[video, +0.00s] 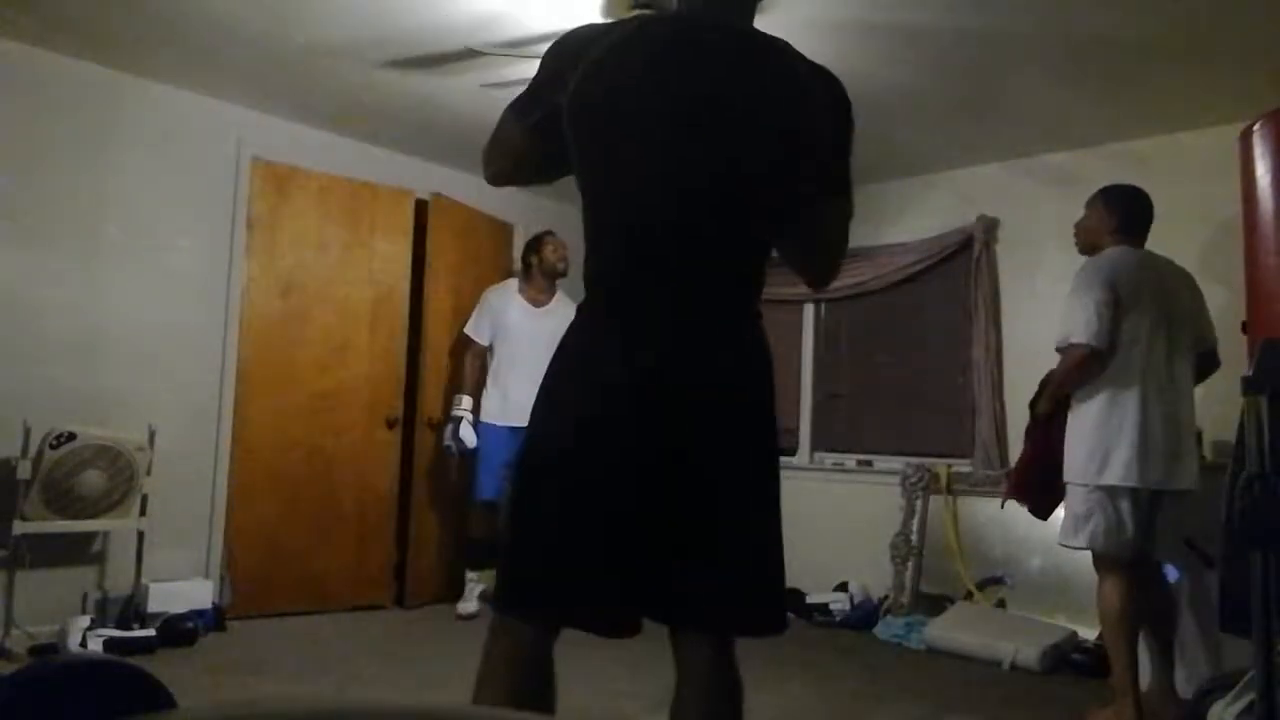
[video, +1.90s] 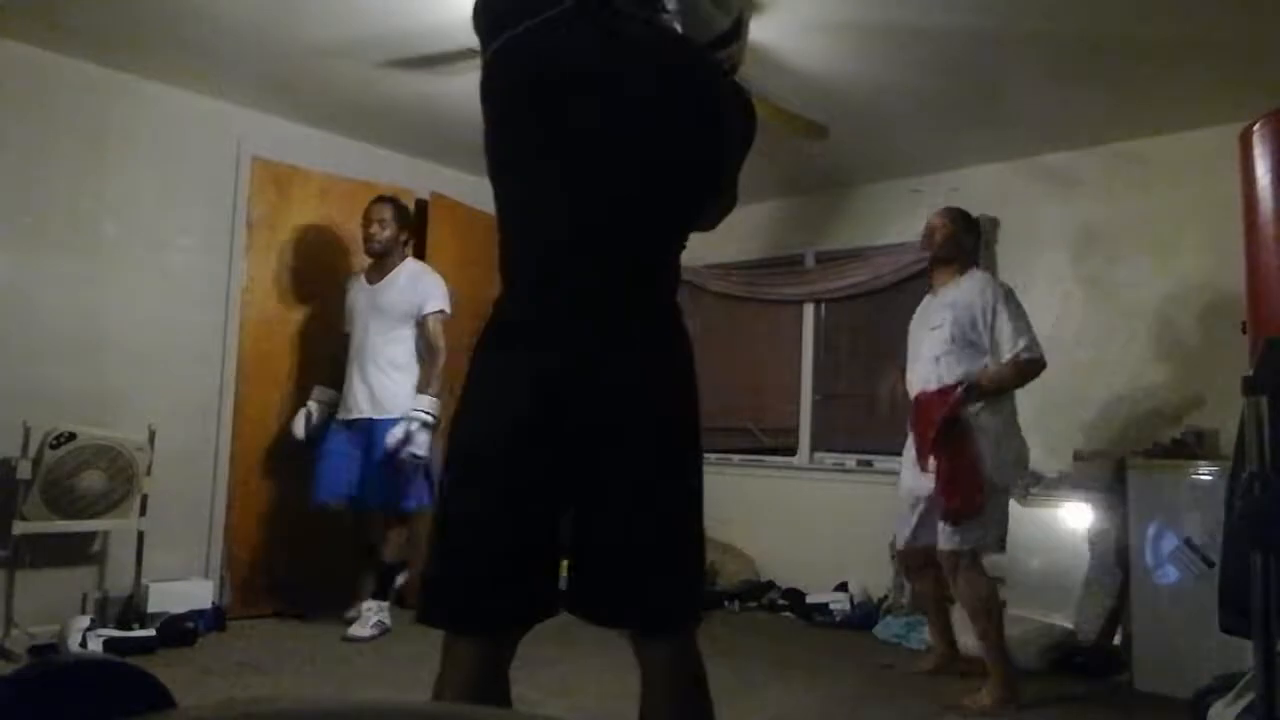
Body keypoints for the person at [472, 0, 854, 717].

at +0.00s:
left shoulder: (594, 54)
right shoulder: (808, 89)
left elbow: (504, 162)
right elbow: (819, 260)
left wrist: (607, 106)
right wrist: (754, 161)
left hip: (602, 363)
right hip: (723, 373)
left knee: (523, 620)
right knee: (705, 636)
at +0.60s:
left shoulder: (579, 39)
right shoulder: (787, 87)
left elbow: (491, 130)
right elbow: (802, 246)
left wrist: (545, 181)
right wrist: (720, 187)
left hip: (583, 353)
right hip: (706, 365)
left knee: (506, 624)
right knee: (703, 640)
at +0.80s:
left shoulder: (533, 38)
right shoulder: (747, 83)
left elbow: (442, 127)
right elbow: (792, 257)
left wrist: (460, 186)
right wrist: (708, 167)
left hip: (548, 357)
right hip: (673, 368)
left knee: (497, 642)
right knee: (689, 646)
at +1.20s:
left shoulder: (445, 30)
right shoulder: (664, 68)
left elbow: (362, 108)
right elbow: (743, 241)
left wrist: (467, 89)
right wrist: (686, 127)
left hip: (471, 363)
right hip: (599, 370)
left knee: (451, 645)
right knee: (639, 635)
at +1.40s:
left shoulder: (450, 36)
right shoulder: (658, 77)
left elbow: (394, 79)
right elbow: (711, 235)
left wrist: (441, 2)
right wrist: (677, 107)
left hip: (466, 365)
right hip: (592, 371)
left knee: (446, 644)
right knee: (633, 634)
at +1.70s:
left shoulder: (479, 58)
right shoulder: (676, 82)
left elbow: (455, 15)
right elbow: (682, 211)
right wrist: (688, 74)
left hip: (493, 362)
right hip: (614, 368)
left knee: (461, 640)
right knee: (650, 635)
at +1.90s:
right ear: (656, 2)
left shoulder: (512, 62)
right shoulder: (708, 92)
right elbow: (709, 208)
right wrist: (717, 79)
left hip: (523, 367)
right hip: (643, 375)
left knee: (476, 643)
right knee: (666, 641)